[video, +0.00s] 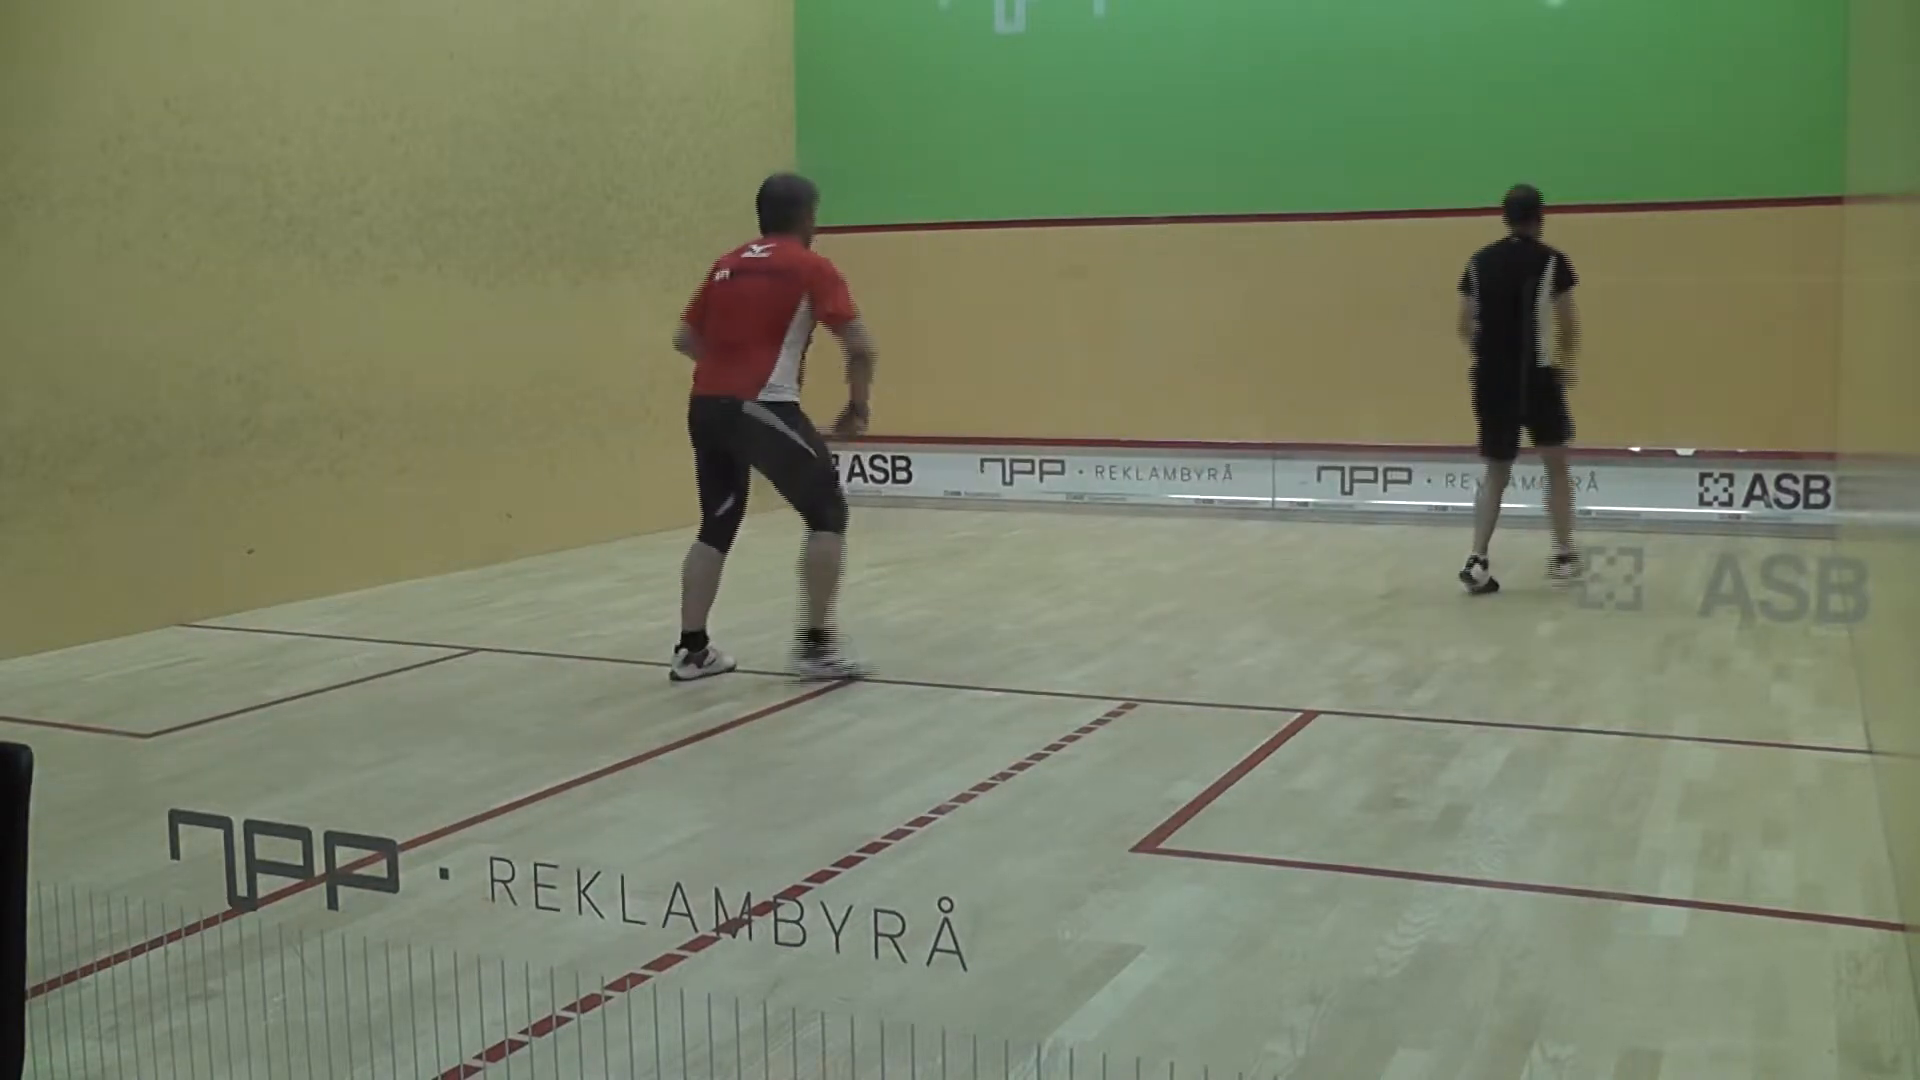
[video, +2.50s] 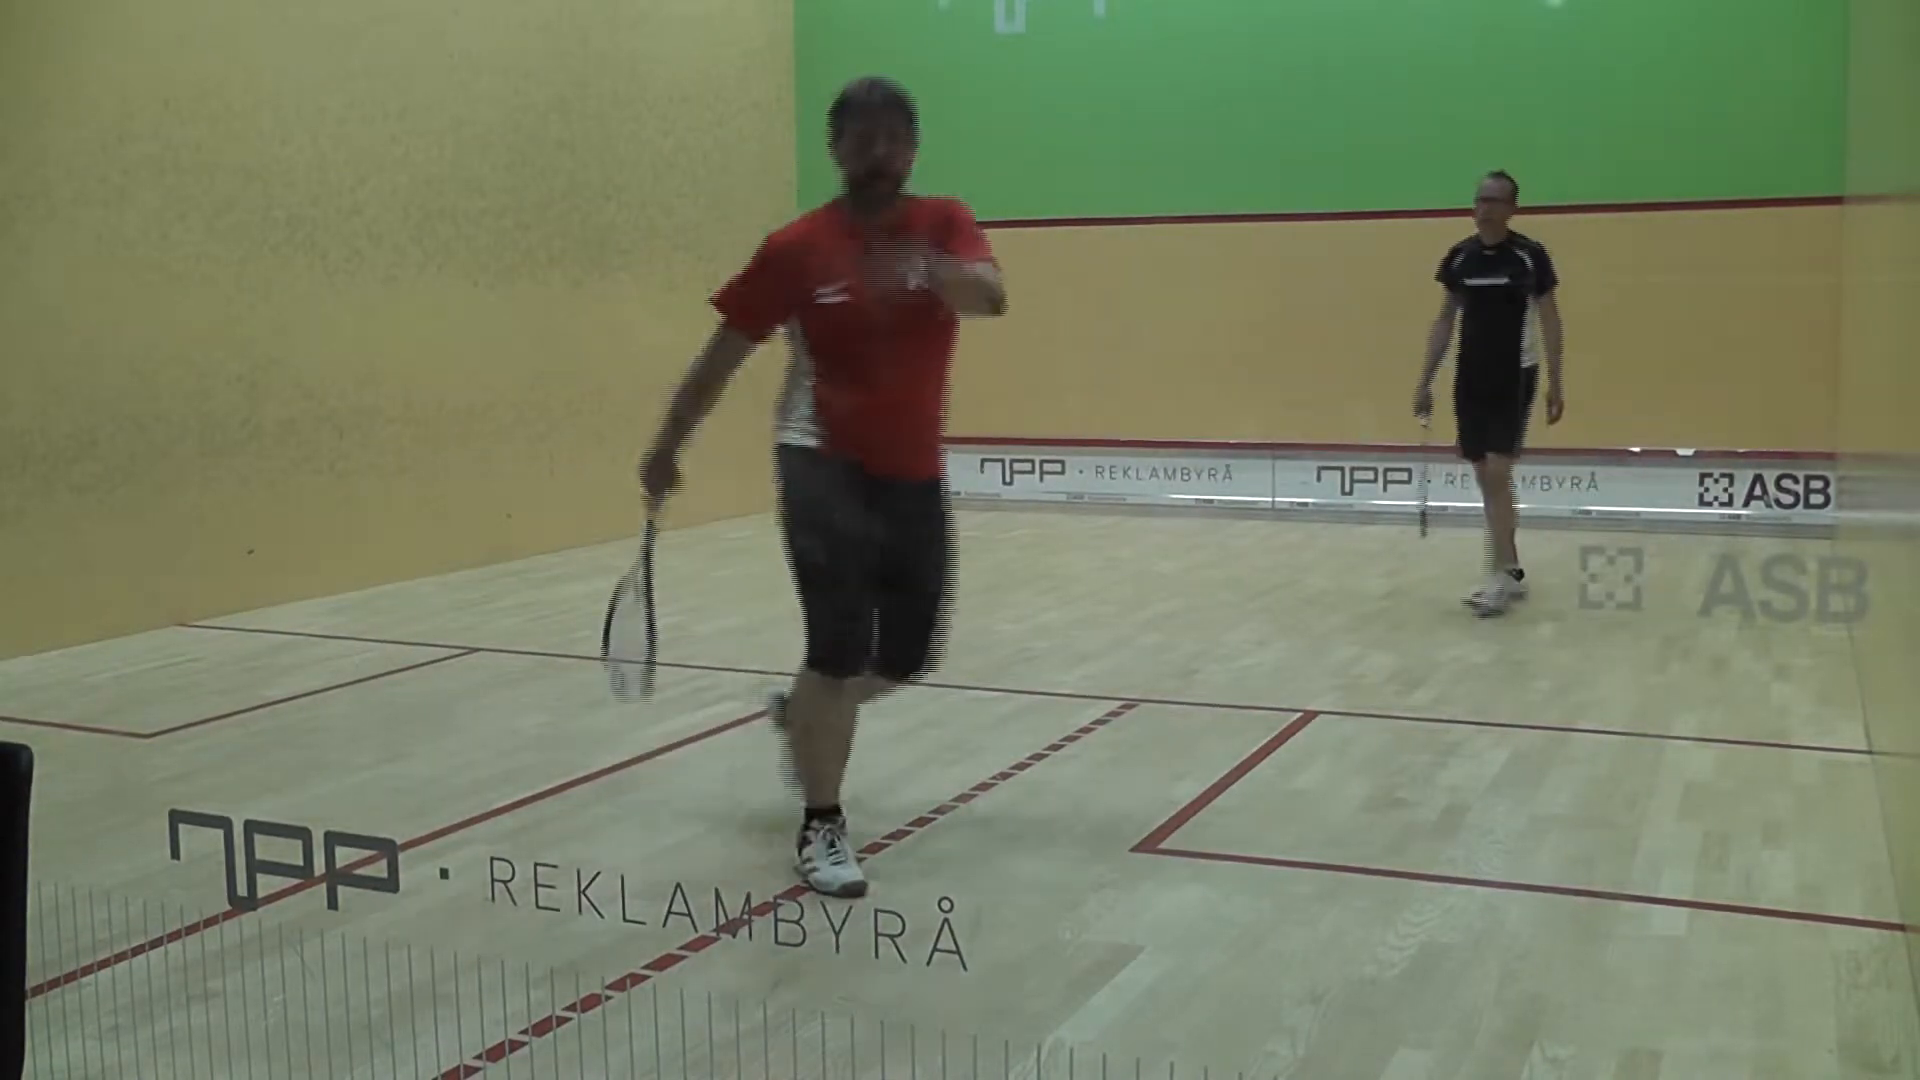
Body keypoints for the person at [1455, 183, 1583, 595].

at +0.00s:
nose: (1536, 223)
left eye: (1519, 216)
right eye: (1537, 216)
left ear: (1504, 218)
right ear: (1540, 218)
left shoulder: (1481, 261)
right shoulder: (1554, 262)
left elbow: (1466, 323)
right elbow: (1569, 323)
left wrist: (1483, 353)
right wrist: (1562, 366)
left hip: (1491, 379)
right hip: (1538, 378)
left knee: (1495, 470)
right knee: (1557, 467)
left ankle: (1476, 559)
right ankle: (1564, 556)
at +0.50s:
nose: (1542, 223)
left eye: (1546, 217)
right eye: (1543, 216)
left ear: (1559, 221)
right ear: (1582, 220)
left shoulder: (1546, 264)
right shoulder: (1612, 256)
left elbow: (1534, 323)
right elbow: (1630, 315)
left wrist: (1520, 380)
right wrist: (1657, 368)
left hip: (1561, 377)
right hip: (1605, 375)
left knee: (1569, 462)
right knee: (1607, 462)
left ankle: (1582, 543)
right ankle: (1596, 544)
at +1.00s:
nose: (1567, 220)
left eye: (1574, 214)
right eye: (1569, 213)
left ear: (1594, 220)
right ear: (1600, 220)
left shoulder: (1591, 261)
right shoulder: (1624, 256)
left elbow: (1591, 321)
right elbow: (1635, 319)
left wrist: (1560, 347)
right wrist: (1600, 341)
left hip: (1595, 370)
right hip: (1623, 369)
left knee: (1579, 457)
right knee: (1614, 452)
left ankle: (1582, 548)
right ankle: (1643, 542)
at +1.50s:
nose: (1587, 218)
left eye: (1597, 212)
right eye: (1586, 210)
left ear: (1617, 218)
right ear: (1583, 213)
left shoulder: (1628, 263)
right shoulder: (1586, 262)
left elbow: (1637, 325)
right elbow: (1585, 323)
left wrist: (1625, 380)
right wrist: (1571, 371)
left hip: (1617, 377)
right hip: (1591, 375)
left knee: (1606, 466)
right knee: (1610, 463)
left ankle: (1623, 556)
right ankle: (1636, 539)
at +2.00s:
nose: (1555, 217)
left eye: (1564, 211)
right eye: (1551, 210)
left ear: (1583, 216)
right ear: (1546, 214)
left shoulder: (1604, 261)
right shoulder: (1541, 267)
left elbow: (1628, 322)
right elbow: (1538, 327)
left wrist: (1638, 384)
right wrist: (1518, 382)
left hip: (1596, 380)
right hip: (1551, 380)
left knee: (1602, 469)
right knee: (1529, 463)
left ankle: (1619, 558)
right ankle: (1521, 562)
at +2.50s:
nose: (1485, 207)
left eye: (1495, 201)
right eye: (1480, 200)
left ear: (1512, 207)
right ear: (1473, 205)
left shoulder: (1531, 257)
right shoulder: (1460, 258)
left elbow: (1550, 320)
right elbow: (1445, 320)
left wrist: (1555, 383)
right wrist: (1425, 381)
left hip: (1514, 372)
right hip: (1471, 372)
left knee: (1496, 472)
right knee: (1485, 474)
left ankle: (1504, 573)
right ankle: (1508, 567)